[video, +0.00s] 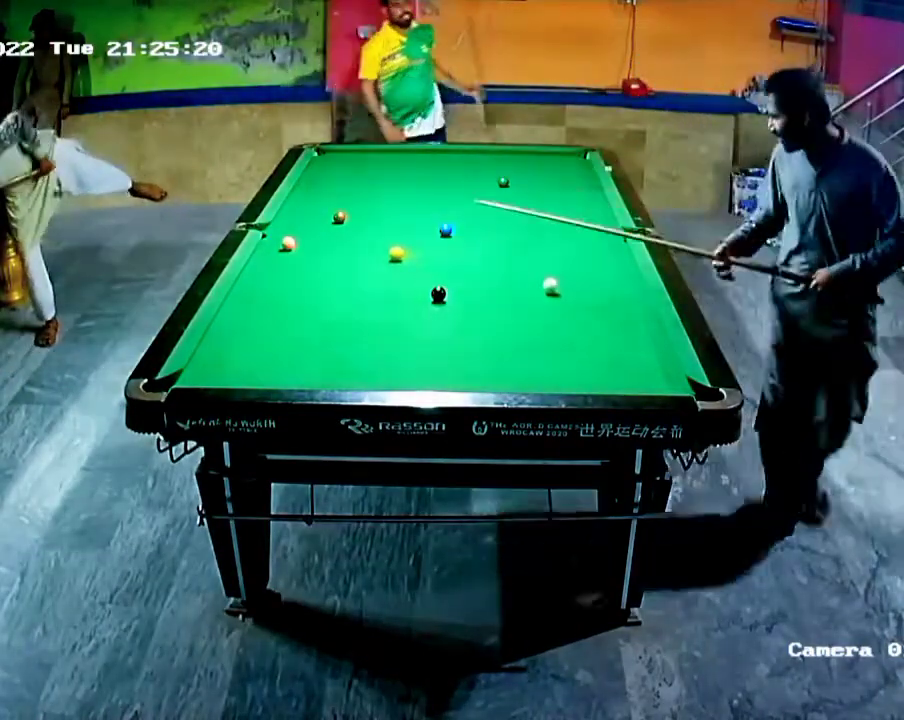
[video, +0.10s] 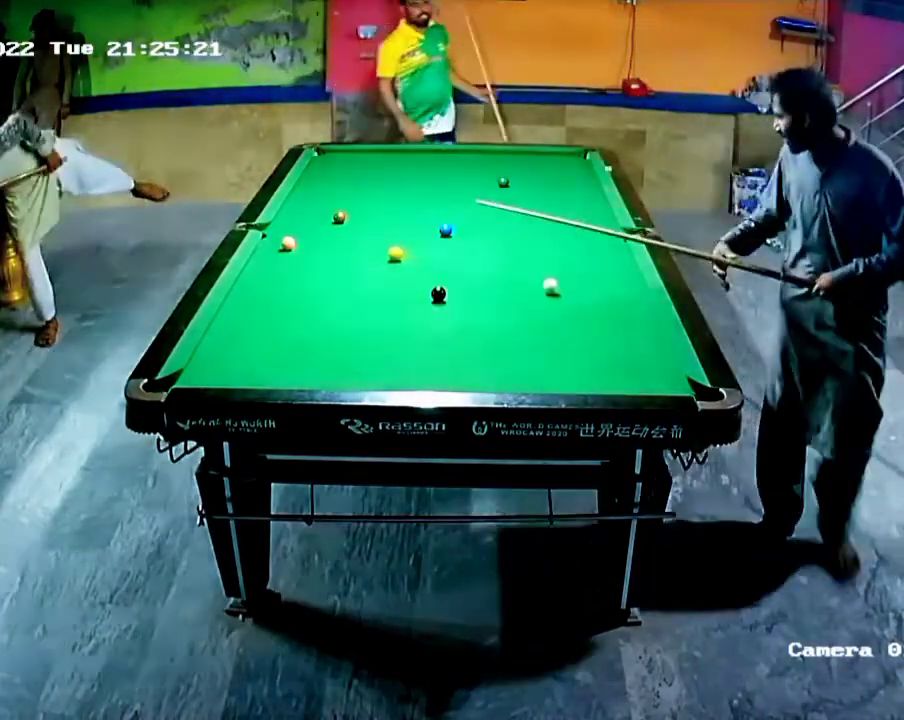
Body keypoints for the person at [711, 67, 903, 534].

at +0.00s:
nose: (770, 126)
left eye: (778, 116)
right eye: (768, 116)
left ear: (809, 113)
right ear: (780, 114)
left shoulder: (865, 167)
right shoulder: (783, 158)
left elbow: (897, 242)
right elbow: (777, 211)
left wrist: (845, 269)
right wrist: (740, 244)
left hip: (844, 322)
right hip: (791, 313)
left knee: (834, 422)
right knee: (778, 415)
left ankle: (804, 476)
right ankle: (782, 504)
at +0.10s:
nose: (777, 125)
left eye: (785, 116)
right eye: (775, 115)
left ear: (816, 115)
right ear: (796, 116)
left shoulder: (870, 170)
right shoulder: (789, 161)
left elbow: (903, 247)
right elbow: (774, 214)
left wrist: (850, 275)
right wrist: (733, 242)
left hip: (852, 328)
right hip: (796, 318)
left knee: (844, 440)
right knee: (782, 423)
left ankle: (834, 534)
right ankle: (778, 519)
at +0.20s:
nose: (784, 129)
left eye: (792, 119)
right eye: (783, 119)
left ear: (823, 118)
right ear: (797, 119)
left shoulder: (876, 178)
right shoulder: (796, 163)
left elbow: (902, 256)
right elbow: (778, 215)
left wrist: (850, 277)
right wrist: (734, 239)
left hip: (856, 340)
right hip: (802, 330)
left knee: (851, 456)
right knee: (780, 433)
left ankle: (847, 560)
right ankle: (776, 523)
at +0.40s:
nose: (808, 144)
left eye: (816, 133)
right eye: (807, 133)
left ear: (847, 134)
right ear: (831, 136)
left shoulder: (895, 193)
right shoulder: (828, 181)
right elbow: (792, 227)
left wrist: (871, 298)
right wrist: (733, 260)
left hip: (884, 355)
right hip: (839, 339)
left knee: (864, 473)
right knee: (797, 443)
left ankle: (853, 569)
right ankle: (782, 520)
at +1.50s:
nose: (764, 265)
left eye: (770, 256)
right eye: (762, 256)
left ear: (796, 246)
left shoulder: (869, 249)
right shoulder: (803, 267)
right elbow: (731, 283)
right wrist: (655, 289)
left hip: (901, 375)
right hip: (884, 364)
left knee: (868, 473)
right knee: (833, 449)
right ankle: (861, 537)